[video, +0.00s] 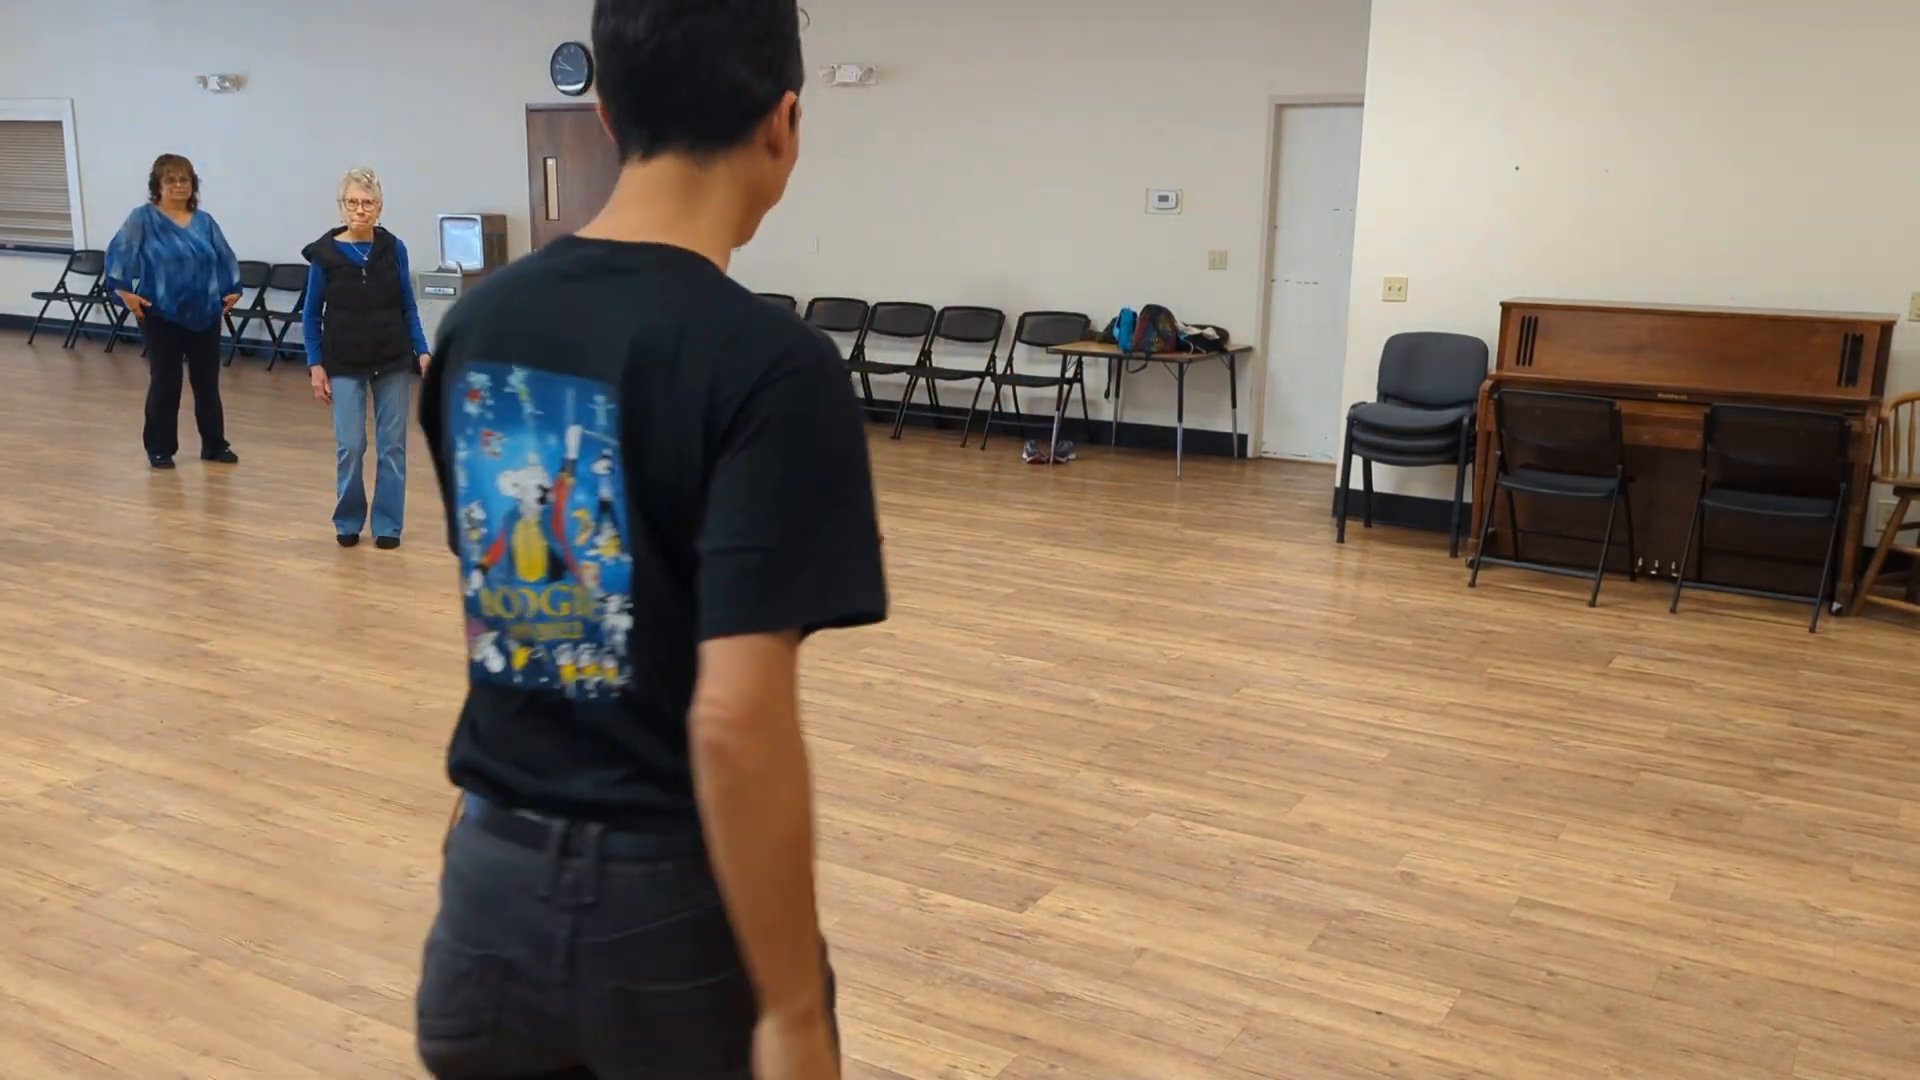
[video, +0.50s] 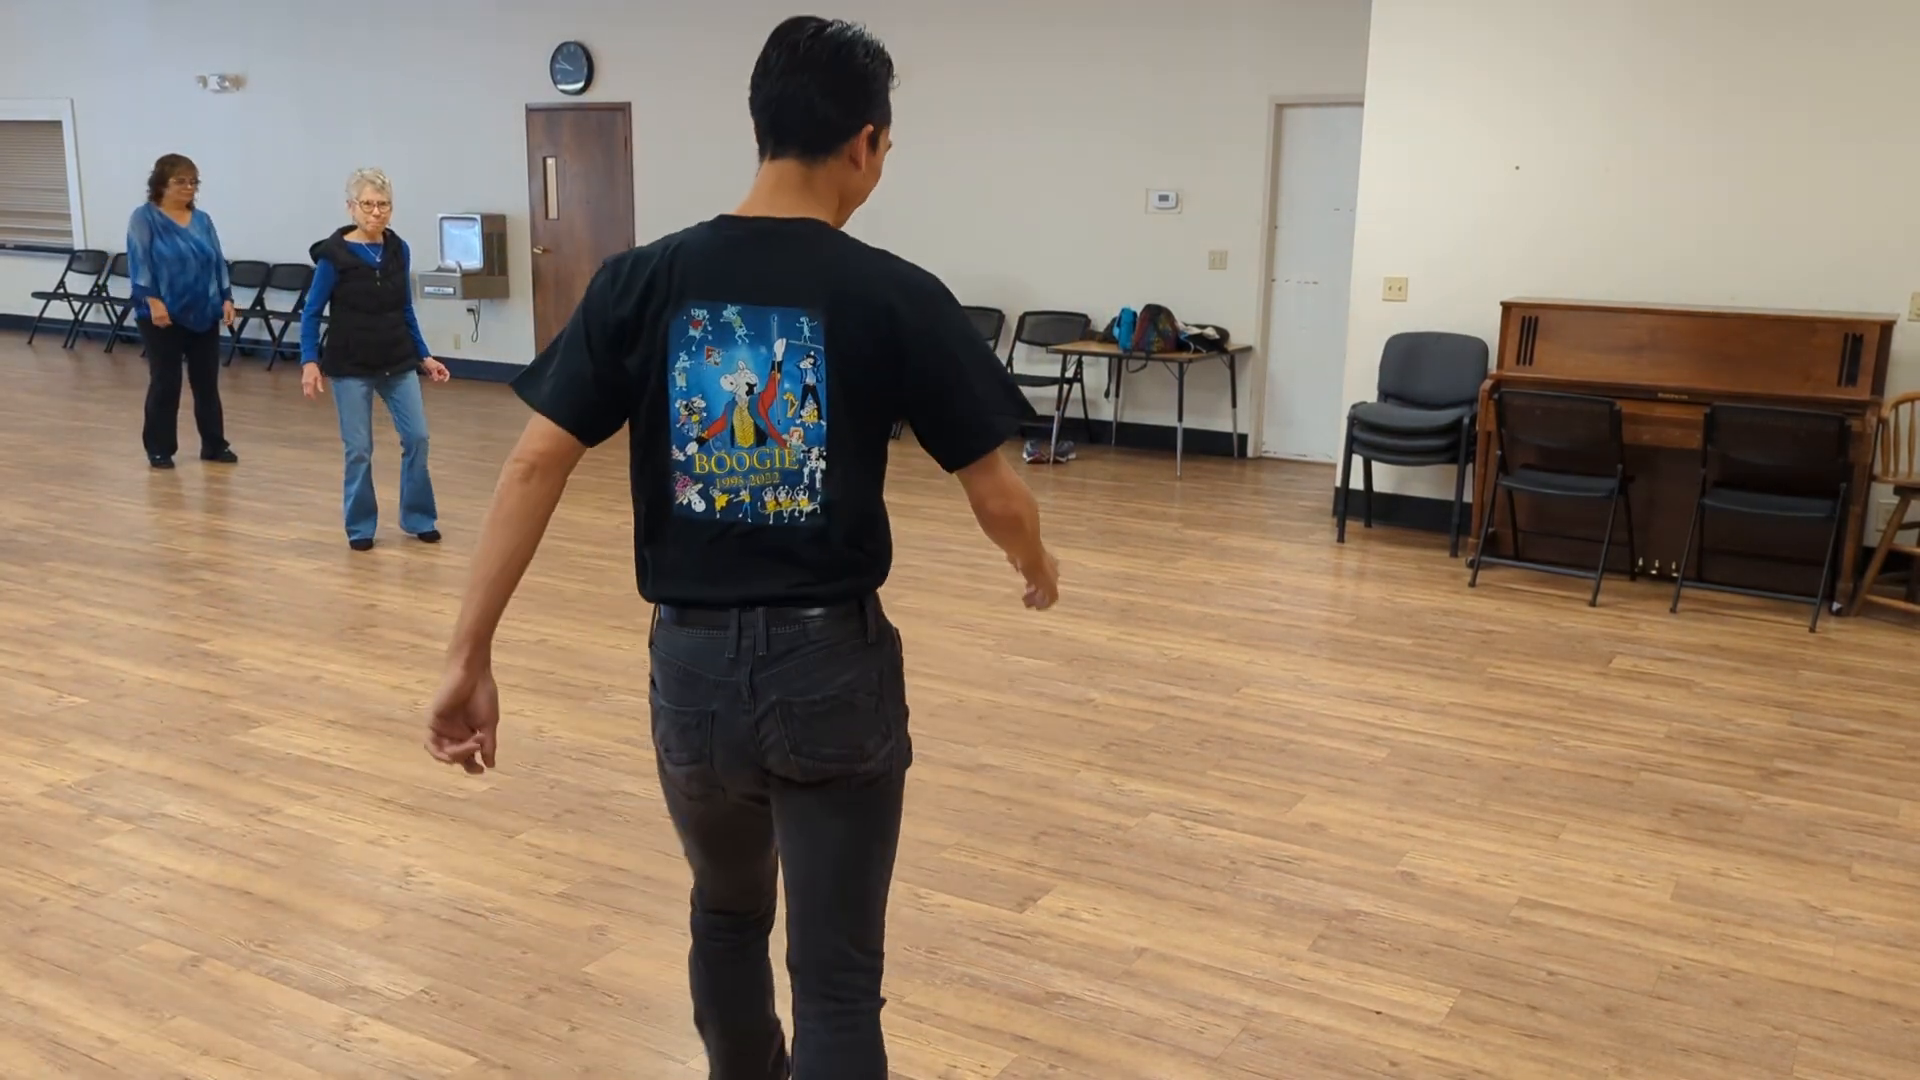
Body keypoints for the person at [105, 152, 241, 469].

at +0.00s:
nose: (180, 185)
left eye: (185, 179)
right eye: (172, 180)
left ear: (193, 184)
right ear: (159, 184)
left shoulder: (205, 221)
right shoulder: (144, 217)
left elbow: (226, 259)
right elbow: (116, 258)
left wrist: (234, 289)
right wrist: (124, 292)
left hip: (204, 315)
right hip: (162, 315)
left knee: (207, 383)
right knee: (166, 383)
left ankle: (214, 445)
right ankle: (160, 450)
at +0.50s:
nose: (190, 187)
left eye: (193, 181)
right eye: (182, 181)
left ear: (196, 184)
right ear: (163, 183)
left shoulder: (202, 219)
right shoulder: (144, 217)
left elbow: (219, 262)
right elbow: (139, 264)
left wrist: (226, 298)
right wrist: (153, 300)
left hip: (203, 313)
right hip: (163, 314)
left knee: (206, 383)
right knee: (166, 383)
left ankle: (214, 445)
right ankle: (159, 451)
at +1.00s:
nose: (201, 187)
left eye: (203, 181)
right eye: (193, 181)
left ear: (205, 184)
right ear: (174, 183)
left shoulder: (209, 220)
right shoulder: (154, 217)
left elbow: (226, 263)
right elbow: (144, 263)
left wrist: (237, 301)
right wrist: (148, 301)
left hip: (210, 314)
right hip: (171, 314)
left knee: (211, 383)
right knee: (171, 384)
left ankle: (215, 445)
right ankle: (160, 451)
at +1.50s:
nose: (196, 187)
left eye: (201, 181)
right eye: (188, 181)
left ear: (207, 185)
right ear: (173, 184)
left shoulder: (213, 220)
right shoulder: (156, 215)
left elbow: (229, 262)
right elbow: (148, 261)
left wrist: (237, 297)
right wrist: (162, 296)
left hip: (209, 311)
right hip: (169, 310)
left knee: (211, 378)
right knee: (173, 375)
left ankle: (215, 443)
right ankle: (156, 434)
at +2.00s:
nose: (154, 184)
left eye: (159, 179)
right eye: (146, 179)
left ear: (167, 183)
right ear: (133, 184)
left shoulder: (178, 217)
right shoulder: (120, 217)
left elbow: (195, 260)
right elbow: (110, 263)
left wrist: (201, 298)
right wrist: (115, 301)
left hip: (183, 310)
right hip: (143, 312)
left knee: (195, 378)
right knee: (150, 379)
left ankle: (211, 441)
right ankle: (152, 441)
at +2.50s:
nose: (152, 182)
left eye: (158, 177)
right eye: (145, 177)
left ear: (167, 181)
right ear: (134, 182)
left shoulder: (180, 216)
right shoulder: (122, 215)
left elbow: (197, 259)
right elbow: (113, 261)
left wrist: (203, 293)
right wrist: (120, 299)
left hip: (182, 309)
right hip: (144, 310)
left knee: (186, 376)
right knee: (151, 378)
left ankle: (192, 435)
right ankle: (152, 440)